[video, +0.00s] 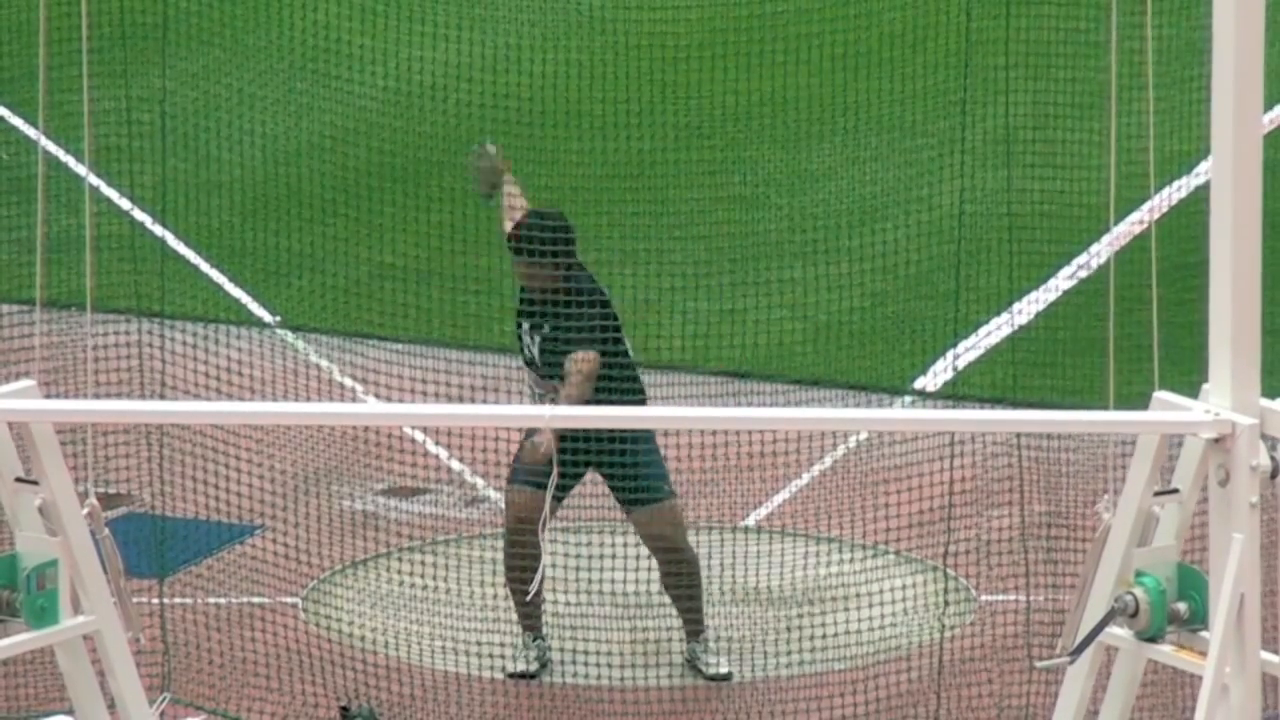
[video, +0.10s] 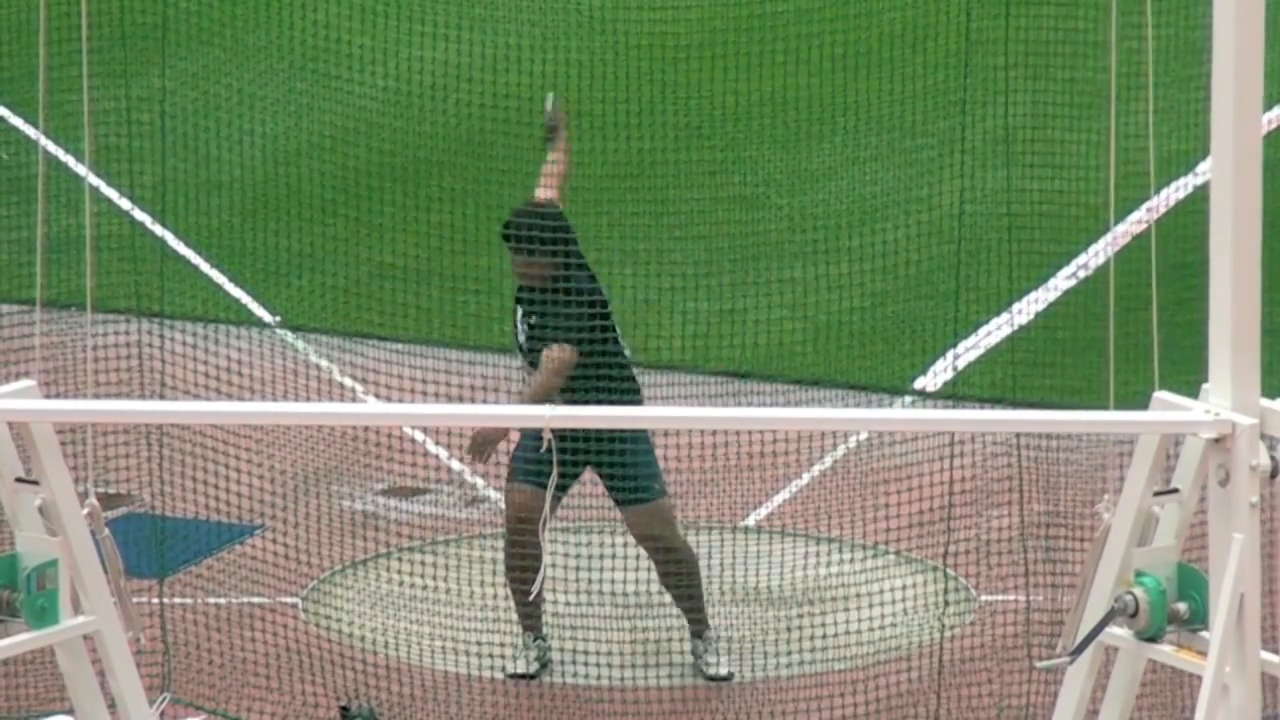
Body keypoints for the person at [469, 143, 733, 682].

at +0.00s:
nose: (523, 270)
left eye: (532, 262)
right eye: (520, 260)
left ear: (557, 262)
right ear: (518, 254)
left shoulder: (585, 300)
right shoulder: (535, 276)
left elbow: (583, 375)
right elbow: (516, 214)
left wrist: (553, 430)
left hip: (617, 428)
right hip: (559, 426)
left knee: (667, 536)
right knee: (519, 517)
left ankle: (698, 641)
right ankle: (532, 638)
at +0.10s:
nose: (523, 269)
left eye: (533, 261)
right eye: (518, 259)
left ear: (556, 257)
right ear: (514, 251)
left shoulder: (572, 296)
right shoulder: (541, 237)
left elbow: (552, 374)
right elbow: (551, 181)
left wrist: (500, 424)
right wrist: (558, 139)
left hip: (613, 422)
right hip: (553, 420)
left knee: (659, 535)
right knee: (519, 517)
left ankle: (702, 636)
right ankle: (532, 640)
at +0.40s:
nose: (522, 261)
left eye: (530, 254)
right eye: (522, 251)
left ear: (557, 257)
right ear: (542, 248)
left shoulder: (573, 299)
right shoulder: (563, 236)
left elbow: (543, 376)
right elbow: (585, 170)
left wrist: (475, 420)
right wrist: (610, 106)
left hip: (627, 417)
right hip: (565, 415)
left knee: (667, 530)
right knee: (529, 517)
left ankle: (712, 632)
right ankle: (537, 642)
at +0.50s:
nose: (561, 270)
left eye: (572, 262)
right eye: (555, 260)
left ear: (589, 263)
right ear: (542, 257)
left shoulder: (600, 308)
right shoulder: (556, 260)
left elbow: (581, 386)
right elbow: (570, 186)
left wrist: (533, 437)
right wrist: (580, 127)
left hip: (633, 417)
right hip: (570, 416)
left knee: (679, 522)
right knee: (532, 517)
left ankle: (707, 633)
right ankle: (537, 640)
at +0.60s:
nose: (602, 272)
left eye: (611, 264)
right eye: (598, 262)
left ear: (626, 266)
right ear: (583, 259)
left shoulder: (639, 311)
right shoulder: (566, 261)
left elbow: (654, 385)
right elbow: (548, 210)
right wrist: (536, 172)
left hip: (632, 419)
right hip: (568, 416)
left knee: (696, 510)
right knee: (532, 515)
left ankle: (698, 640)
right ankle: (537, 641)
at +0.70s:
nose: (677, 259)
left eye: (677, 249)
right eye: (668, 251)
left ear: (665, 255)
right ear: (641, 255)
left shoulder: (682, 301)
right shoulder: (593, 278)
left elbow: (739, 343)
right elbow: (530, 268)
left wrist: (794, 383)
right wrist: (484, 263)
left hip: (641, 433)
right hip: (575, 429)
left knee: (711, 513)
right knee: (535, 532)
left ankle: (694, 647)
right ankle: (538, 643)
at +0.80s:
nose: (709, 260)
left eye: (706, 252)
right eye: (700, 253)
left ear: (684, 258)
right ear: (673, 260)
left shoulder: (712, 295)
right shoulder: (619, 302)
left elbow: (781, 299)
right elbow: (548, 339)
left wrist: (855, 304)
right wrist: (494, 360)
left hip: (643, 450)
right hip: (592, 442)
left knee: (720, 534)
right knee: (575, 537)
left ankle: (715, 658)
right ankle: (517, 622)